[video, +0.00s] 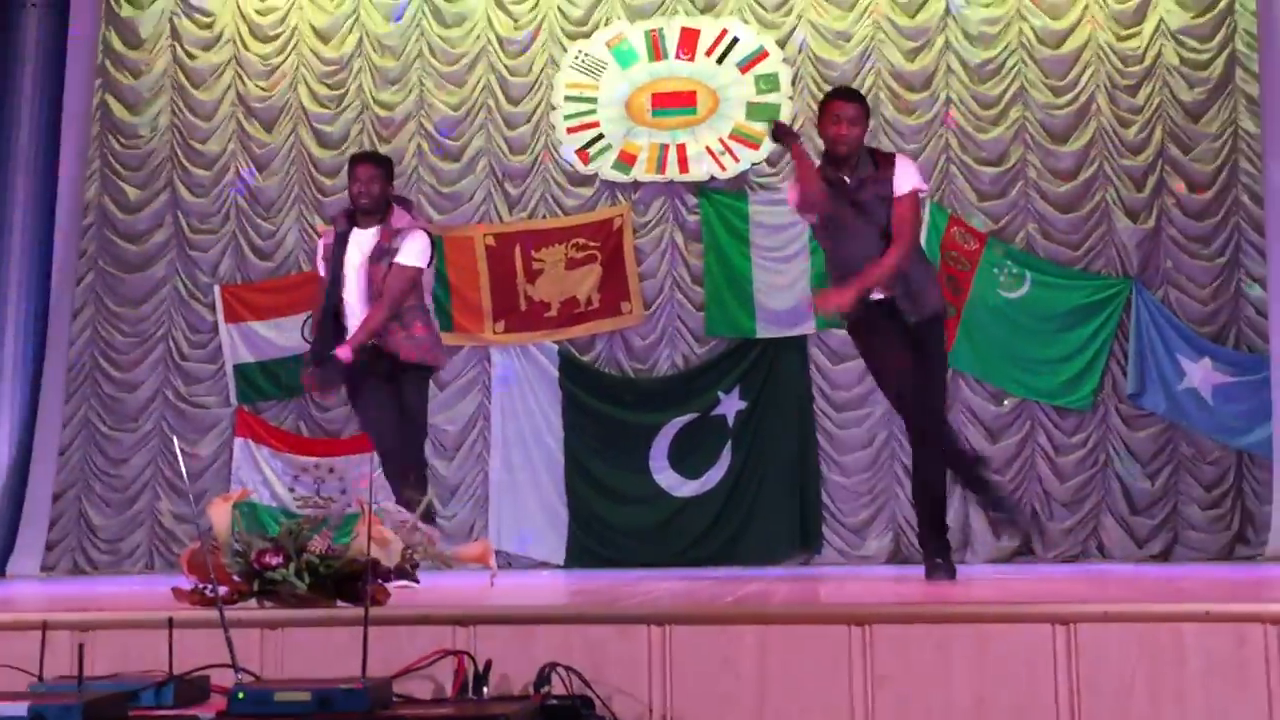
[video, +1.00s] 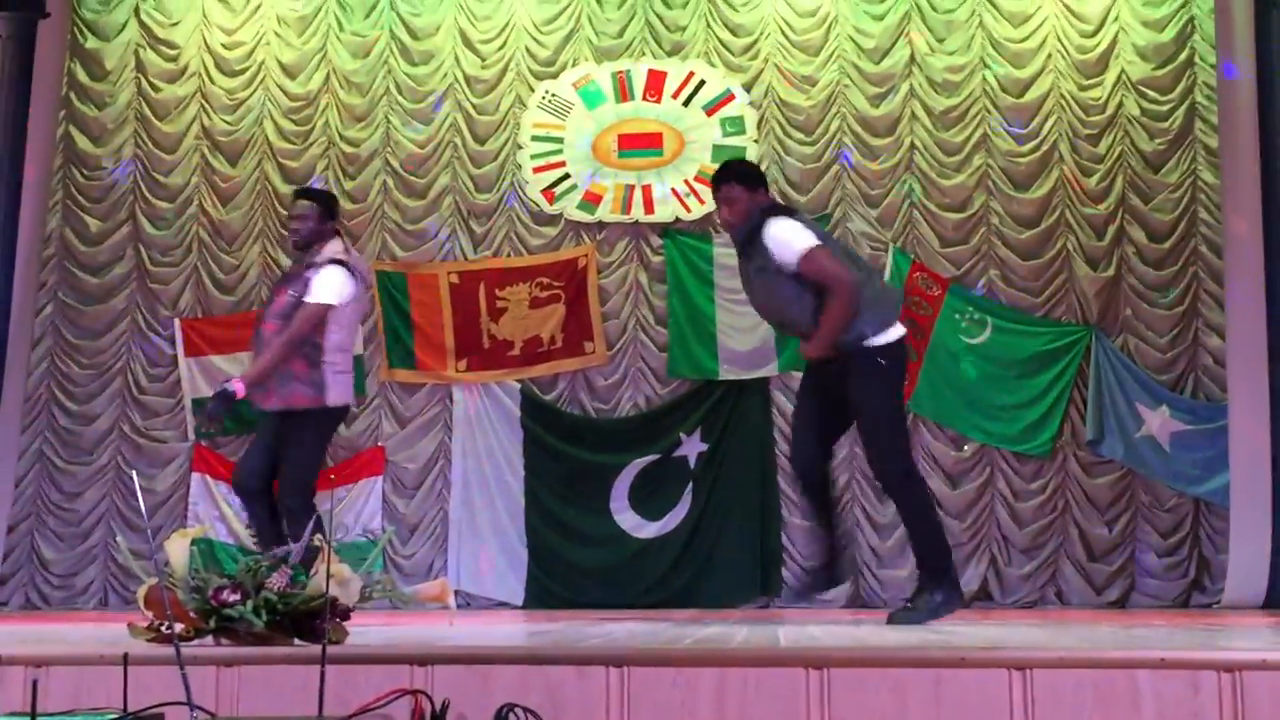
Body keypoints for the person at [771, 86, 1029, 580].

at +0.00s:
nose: (842, 129)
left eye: (851, 121)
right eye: (833, 121)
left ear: (867, 127)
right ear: (819, 129)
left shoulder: (899, 169)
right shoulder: (814, 181)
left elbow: (902, 250)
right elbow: (814, 206)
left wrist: (848, 290)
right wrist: (796, 149)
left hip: (918, 303)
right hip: (866, 311)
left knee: (928, 420)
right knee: (920, 414)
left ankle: (935, 546)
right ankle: (988, 491)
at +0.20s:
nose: (842, 141)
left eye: (852, 133)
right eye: (833, 132)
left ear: (865, 137)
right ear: (820, 135)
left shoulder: (883, 189)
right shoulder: (802, 184)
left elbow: (874, 266)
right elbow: (749, 226)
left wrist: (850, 223)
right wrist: (788, 182)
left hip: (884, 305)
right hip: (832, 305)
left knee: (899, 419)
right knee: (878, 392)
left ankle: (907, 540)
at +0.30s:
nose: (844, 149)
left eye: (855, 141)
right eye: (837, 139)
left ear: (870, 144)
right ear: (824, 139)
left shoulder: (886, 190)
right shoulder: (791, 182)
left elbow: (932, 230)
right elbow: (748, 232)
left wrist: (968, 187)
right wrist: (768, 273)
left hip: (862, 329)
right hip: (805, 326)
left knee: (880, 444)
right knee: (778, 421)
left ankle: (901, 569)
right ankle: (775, 547)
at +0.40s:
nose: (835, 157)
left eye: (846, 150)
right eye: (829, 148)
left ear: (864, 156)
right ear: (818, 152)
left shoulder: (885, 196)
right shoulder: (785, 192)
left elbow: (970, 206)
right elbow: (716, 210)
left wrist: (1032, 182)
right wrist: (709, 285)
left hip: (847, 354)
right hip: (783, 350)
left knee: (871, 461)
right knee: (744, 451)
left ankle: (898, 578)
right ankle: (708, 574)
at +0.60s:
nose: (865, 165)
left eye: (862, 156)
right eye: (855, 156)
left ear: (844, 168)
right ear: (827, 166)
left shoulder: (855, 232)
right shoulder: (789, 226)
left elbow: (847, 301)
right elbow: (785, 306)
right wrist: (847, 326)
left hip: (821, 365)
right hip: (771, 365)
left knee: (866, 459)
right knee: (741, 464)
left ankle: (831, 583)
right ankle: (699, 588)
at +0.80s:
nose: (765, 186)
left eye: (765, 178)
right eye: (766, 178)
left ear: (776, 175)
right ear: (811, 167)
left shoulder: (764, 221)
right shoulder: (864, 203)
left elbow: (762, 285)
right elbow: (881, 271)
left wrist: (793, 317)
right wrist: (862, 304)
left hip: (809, 352)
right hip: (865, 344)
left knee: (827, 467)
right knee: (872, 457)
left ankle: (885, 574)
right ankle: (889, 402)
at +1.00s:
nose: (723, 212)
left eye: (730, 201)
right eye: (719, 203)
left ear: (758, 196)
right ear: (722, 204)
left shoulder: (778, 233)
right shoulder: (752, 242)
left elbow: (843, 281)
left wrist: (820, 342)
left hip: (873, 351)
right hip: (835, 358)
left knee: (894, 469)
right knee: (808, 458)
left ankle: (941, 585)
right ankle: (828, 567)